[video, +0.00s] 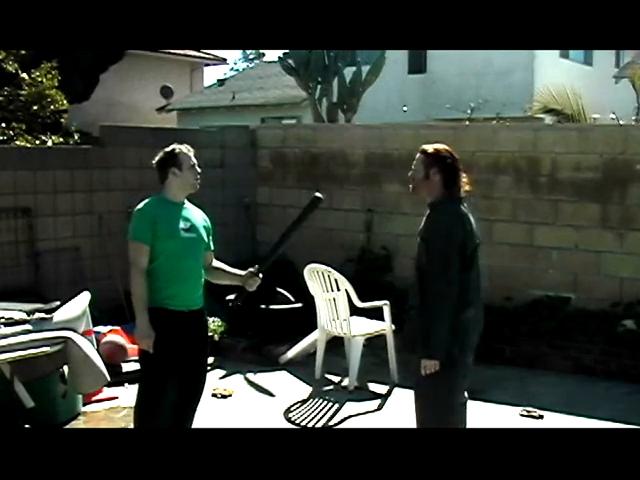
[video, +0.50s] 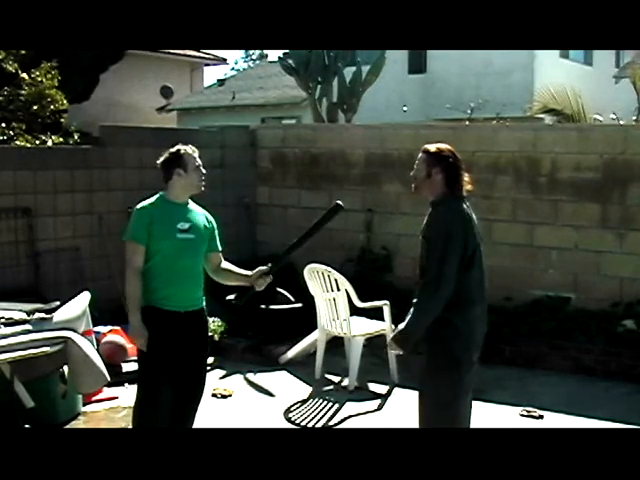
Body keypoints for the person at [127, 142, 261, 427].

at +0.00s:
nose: (199, 172)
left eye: (198, 167)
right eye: (193, 167)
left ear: (181, 173)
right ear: (173, 173)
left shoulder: (200, 217)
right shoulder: (148, 212)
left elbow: (208, 266)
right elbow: (138, 269)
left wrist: (241, 277)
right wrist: (142, 322)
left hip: (194, 320)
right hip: (162, 319)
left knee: (189, 395)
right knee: (158, 397)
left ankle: (178, 430)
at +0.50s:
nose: (204, 172)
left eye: (202, 167)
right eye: (197, 168)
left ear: (184, 174)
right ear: (178, 174)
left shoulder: (204, 219)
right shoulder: (146, 213)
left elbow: (216, 267)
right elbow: (133, 269)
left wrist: (249, 278)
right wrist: (136, 322)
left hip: (194, 320)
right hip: (159, 319)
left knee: (188, 398)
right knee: (155, 399)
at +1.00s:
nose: (207, 183)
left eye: (207, 177)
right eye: (203, 177)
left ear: (187, 178)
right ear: (184, 176)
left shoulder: (204, 215)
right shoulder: (144, 210)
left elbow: (216, 258)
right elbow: (126, 262)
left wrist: (255, 264)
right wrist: (124, 311)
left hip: (191, 317)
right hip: (154, 316)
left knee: (188, 392)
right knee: (153, 392)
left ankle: (179, 430)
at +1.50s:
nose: (208, 176)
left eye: (207, 171)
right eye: (202, 171)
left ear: (187, 176)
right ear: (182, 174)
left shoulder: (202, 220)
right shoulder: (147, 208)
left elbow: (220, 262)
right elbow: (123, 260)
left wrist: (262, 252)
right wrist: (118, 309)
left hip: (187, 318)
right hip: (150, 316)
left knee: (186, 391)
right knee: (152, 392)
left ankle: (177, 432)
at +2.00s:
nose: (201, 173)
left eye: (199, 168)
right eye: (195, 168)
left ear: (181, 174)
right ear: (175, 173)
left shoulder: (197, 220)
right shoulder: (142, 209)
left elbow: (215, 267)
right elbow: (125, 263)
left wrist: (246, 247)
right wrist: (124, 314)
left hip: (185, 319)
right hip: (150, 318)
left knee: (184, 395)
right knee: (149, 396)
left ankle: (176, 430)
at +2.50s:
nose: (196, 171)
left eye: (194, 166)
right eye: (189, 166)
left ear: (177, 173)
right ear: (169, 173)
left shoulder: (195, 219)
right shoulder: (138, 210)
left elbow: (211, 266)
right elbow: (122, 266)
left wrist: (245, 247)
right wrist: (119, 316)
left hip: (184, 319)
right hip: (148, 318)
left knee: (184, 393)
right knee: (149, 395)